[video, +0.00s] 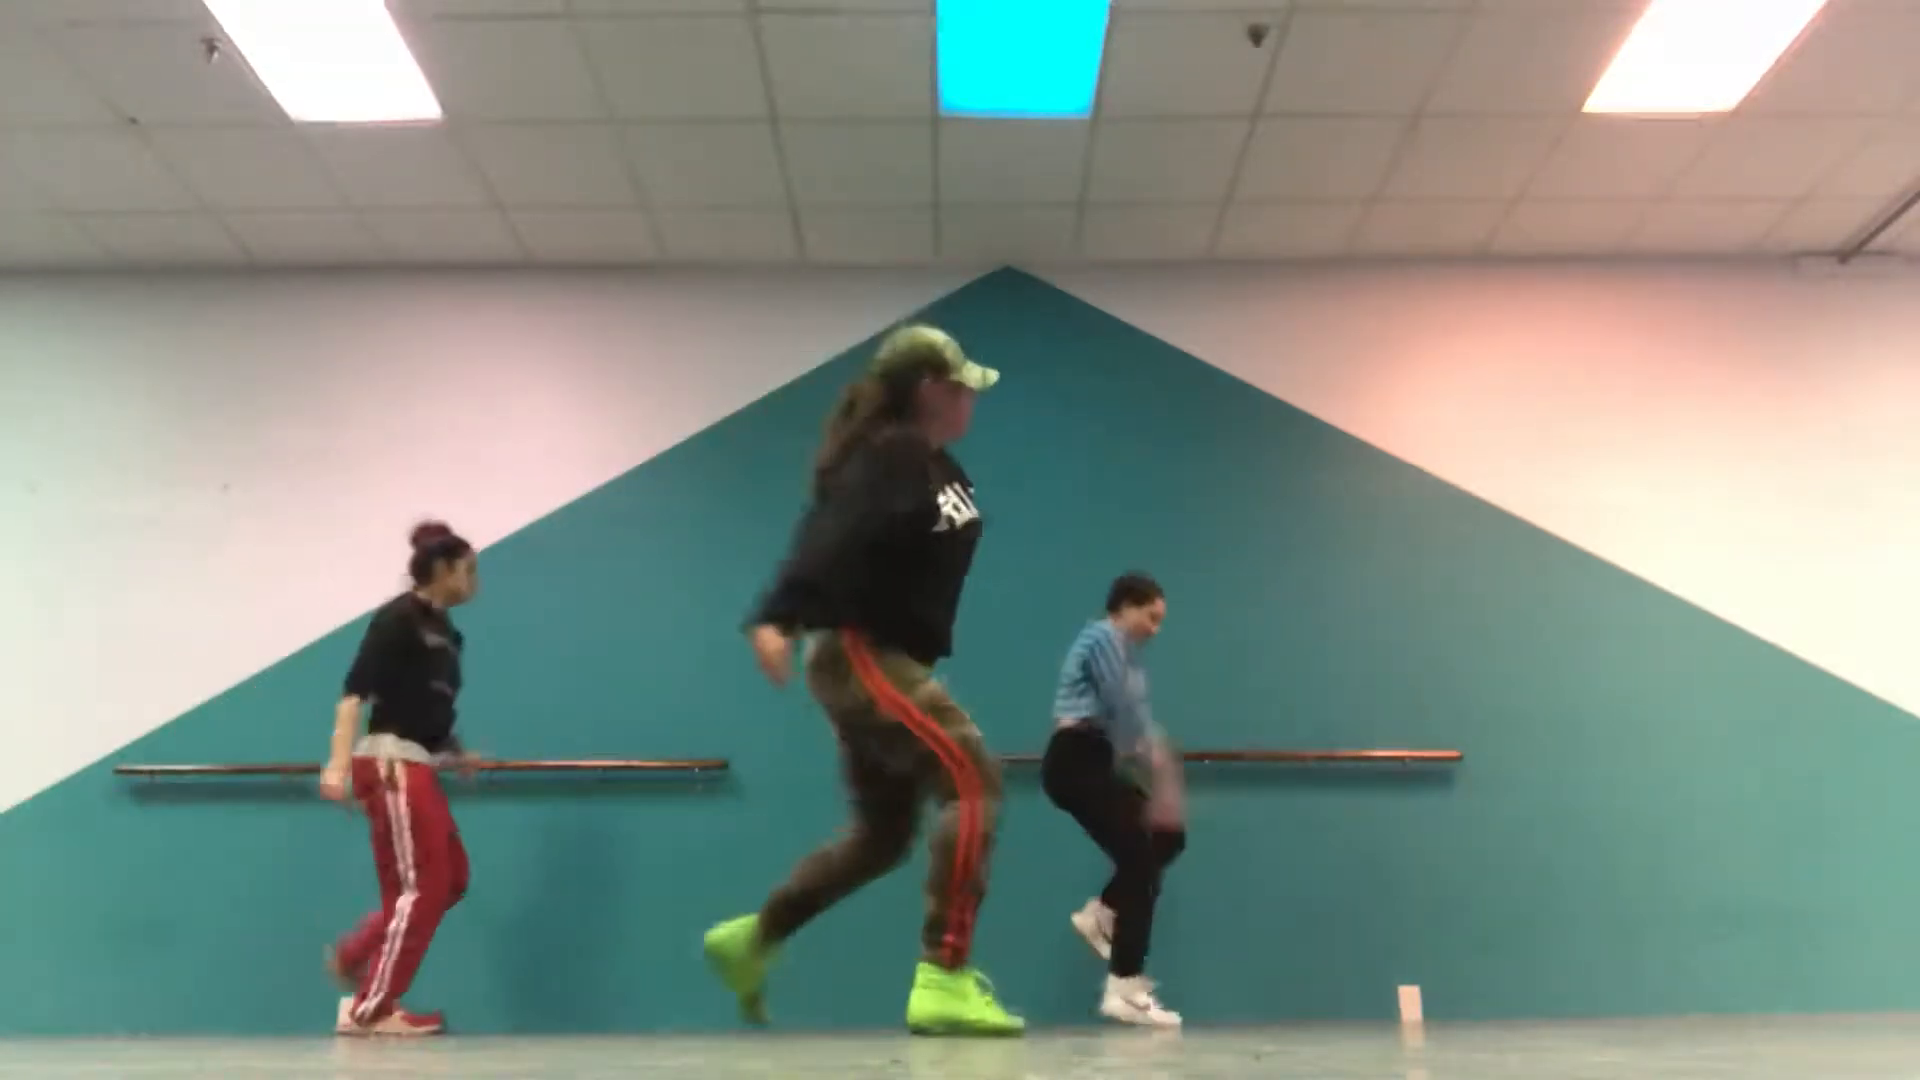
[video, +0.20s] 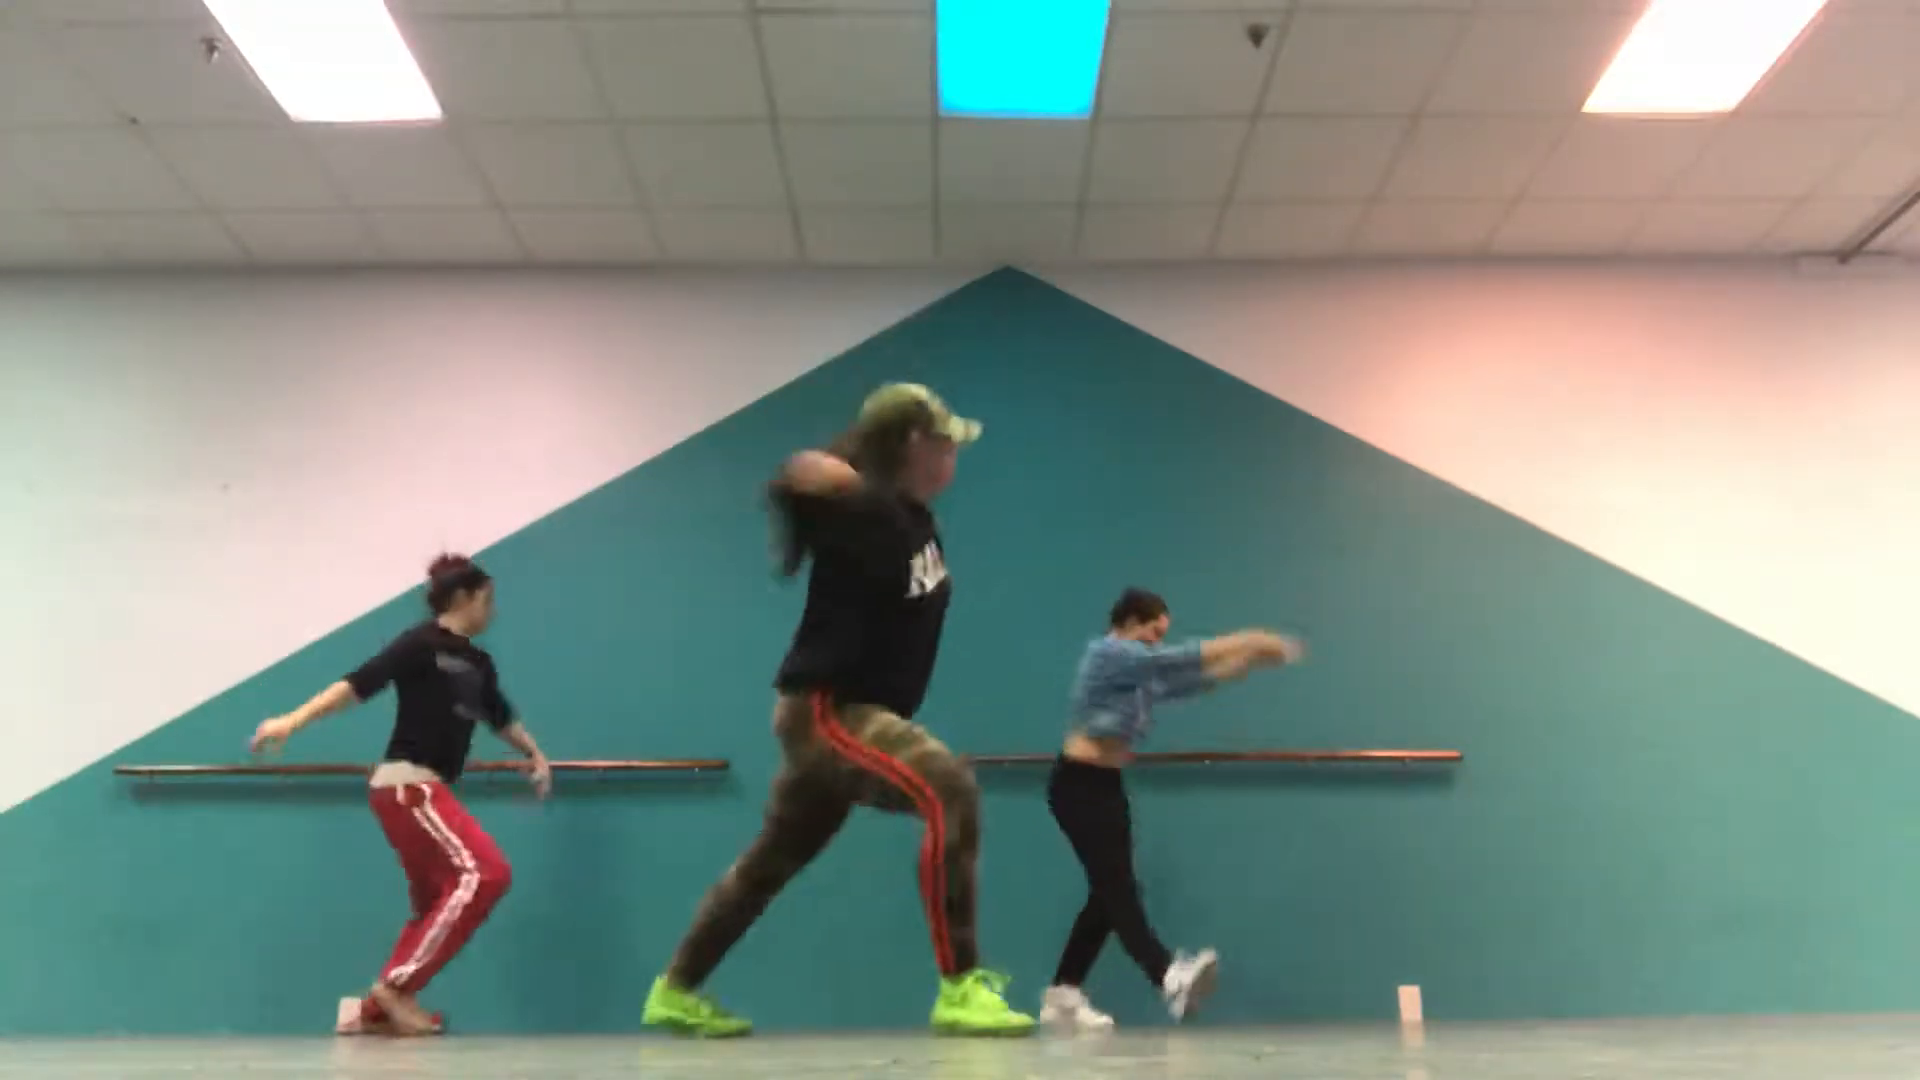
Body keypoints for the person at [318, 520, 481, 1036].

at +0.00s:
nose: (474, 579)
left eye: (473, 569)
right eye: (468, 569)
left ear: (442, 572)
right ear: (442, 570)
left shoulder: (446, 631)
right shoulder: (395, 618)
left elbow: (429, 705)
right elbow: (353, 694)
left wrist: (455, 752)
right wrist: (339, 762)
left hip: (418, 764)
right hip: (389, 760)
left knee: (452, 878)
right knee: (419, 884)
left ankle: (352, 954)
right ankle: (372, 1009)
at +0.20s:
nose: (491, 608)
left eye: (491, 598)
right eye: (486, 598)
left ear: (463, 599)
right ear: (463, 598)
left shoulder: (478, 662)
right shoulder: (421, 642)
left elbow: (500, 719)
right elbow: (355, 685)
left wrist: (536, 755)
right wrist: (290, 722)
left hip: (419, 789)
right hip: (406, 786)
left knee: (434, 904)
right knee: (484, 874)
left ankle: (378, 1007)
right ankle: (397, 988)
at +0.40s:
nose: (526, 592)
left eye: (525, 581)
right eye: (522, 581)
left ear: (494, 581)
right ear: (500, 580)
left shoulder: (490, 636)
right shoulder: (460, 623)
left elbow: (476, 715)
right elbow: (422, 690)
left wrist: (489, 779)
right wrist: (399, 745)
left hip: (454, 768)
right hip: (442, 766)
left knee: (435, 893)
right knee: (488, 883)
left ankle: (376, 1004)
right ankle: (424, 1009)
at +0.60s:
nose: (544, 568)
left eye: (543, 557)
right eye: (541, 557)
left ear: (497, 557)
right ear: (525, 557)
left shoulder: (466, 604)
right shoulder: (528, 611)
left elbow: (421, 692)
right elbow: (548, 698)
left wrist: (400, 767)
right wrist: (571, 762)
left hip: (443, 749)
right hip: (481, 752)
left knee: (532, 856)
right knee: (484, 890)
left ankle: (416, 853)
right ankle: (422, 1010)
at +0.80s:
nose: (559, 539)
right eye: (562, 532)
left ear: (512, 532)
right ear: (559, 532)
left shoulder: (487, 578)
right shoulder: (574, 587)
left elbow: (421, 635)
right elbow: (589, 661)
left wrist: (372, 698)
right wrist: (589, 718)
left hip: (463, 715)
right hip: (520, 718)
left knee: (525, 837)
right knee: (503, 846)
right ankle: (448, 972)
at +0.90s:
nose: (570, 555)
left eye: (558, 548)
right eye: (571, 548)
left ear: (524, 551)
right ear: (570, 552)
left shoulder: (498, 599)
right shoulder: (589, 612)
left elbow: (427, 651)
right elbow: (586, 690)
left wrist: (370, 710)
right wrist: (577, 742)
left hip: (479, 737)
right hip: (541, 738)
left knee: (532, 860)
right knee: (507, 869)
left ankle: (570, 982)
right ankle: (450, 999)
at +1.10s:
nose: (576, 553)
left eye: (559, 544)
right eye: (587, 544)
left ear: (549, 549)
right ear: (598, 548)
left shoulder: (532, 609)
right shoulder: (623, 608)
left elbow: (517, 693)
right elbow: (613, 685)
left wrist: (496, 760)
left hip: (538, 737)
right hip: (601, 742)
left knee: (545, 871)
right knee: (608, 867)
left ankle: (546, 1004)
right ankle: (541, 954)